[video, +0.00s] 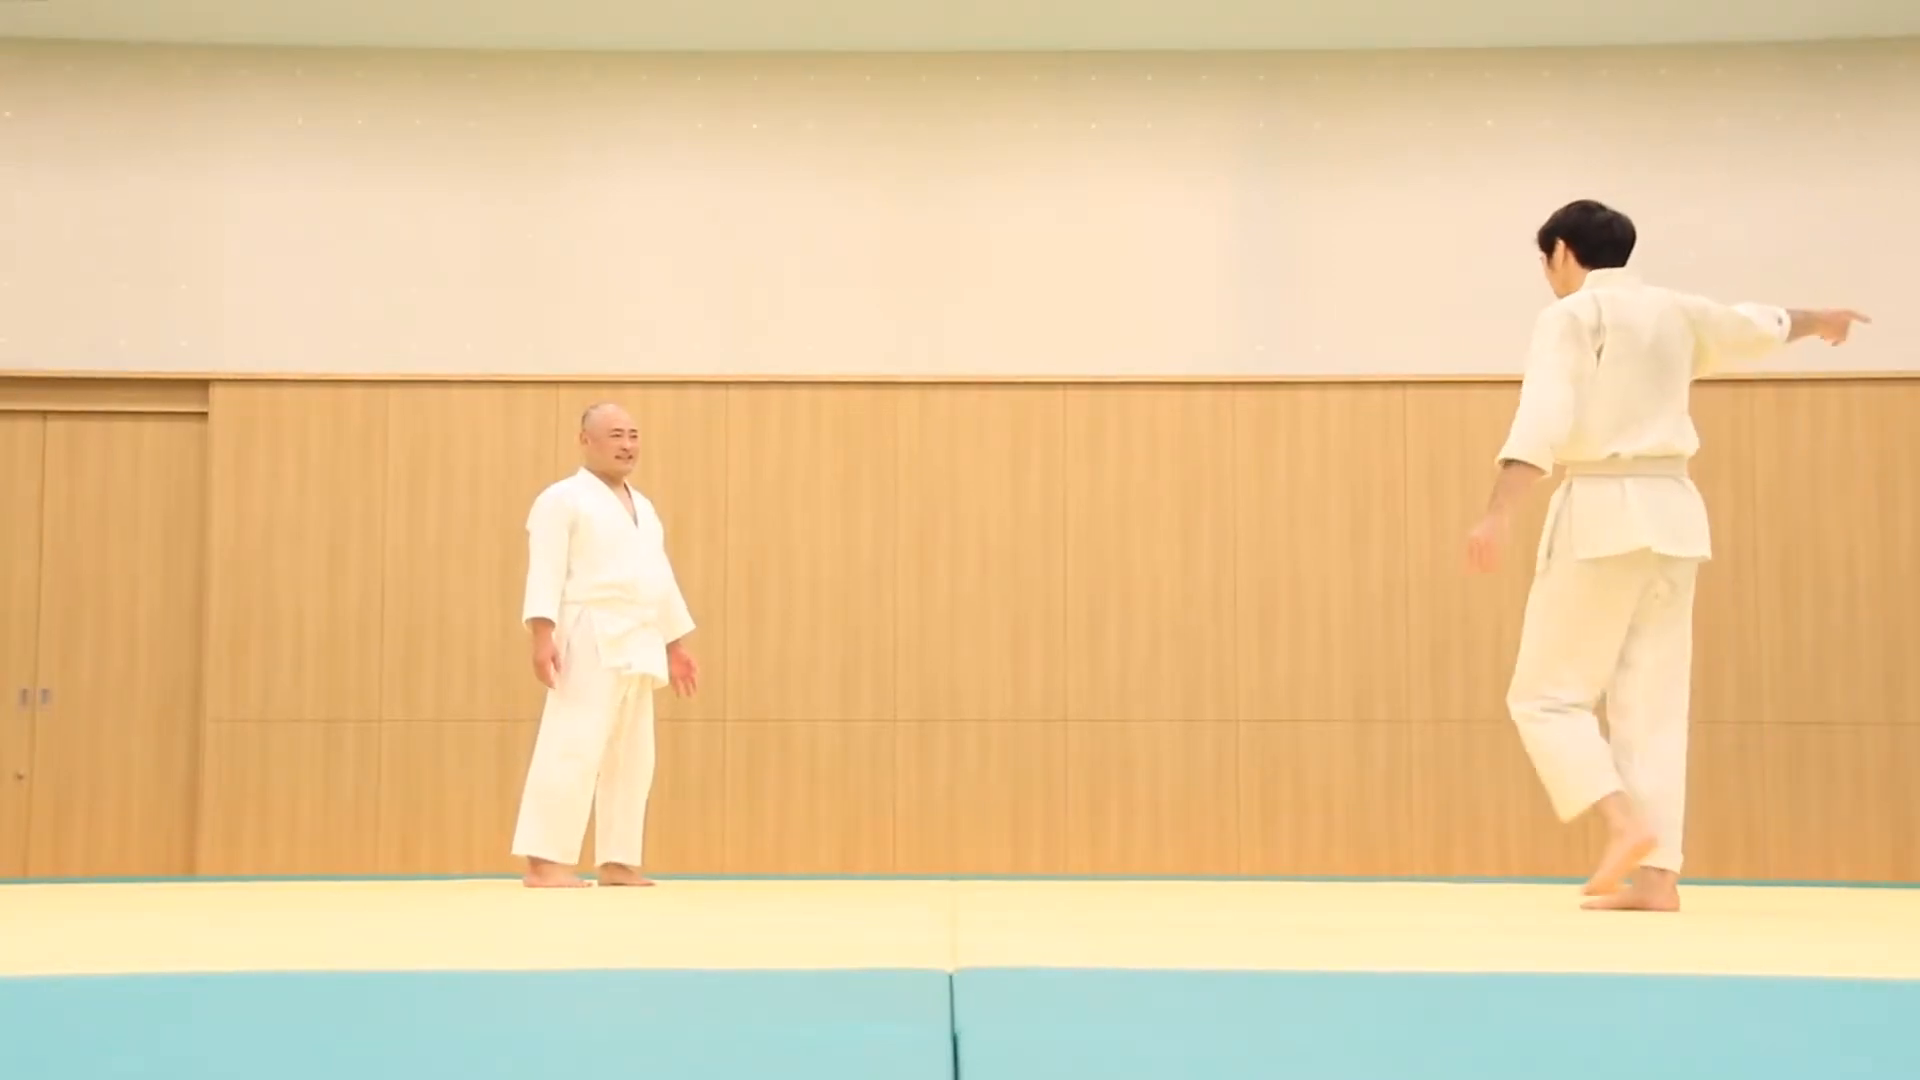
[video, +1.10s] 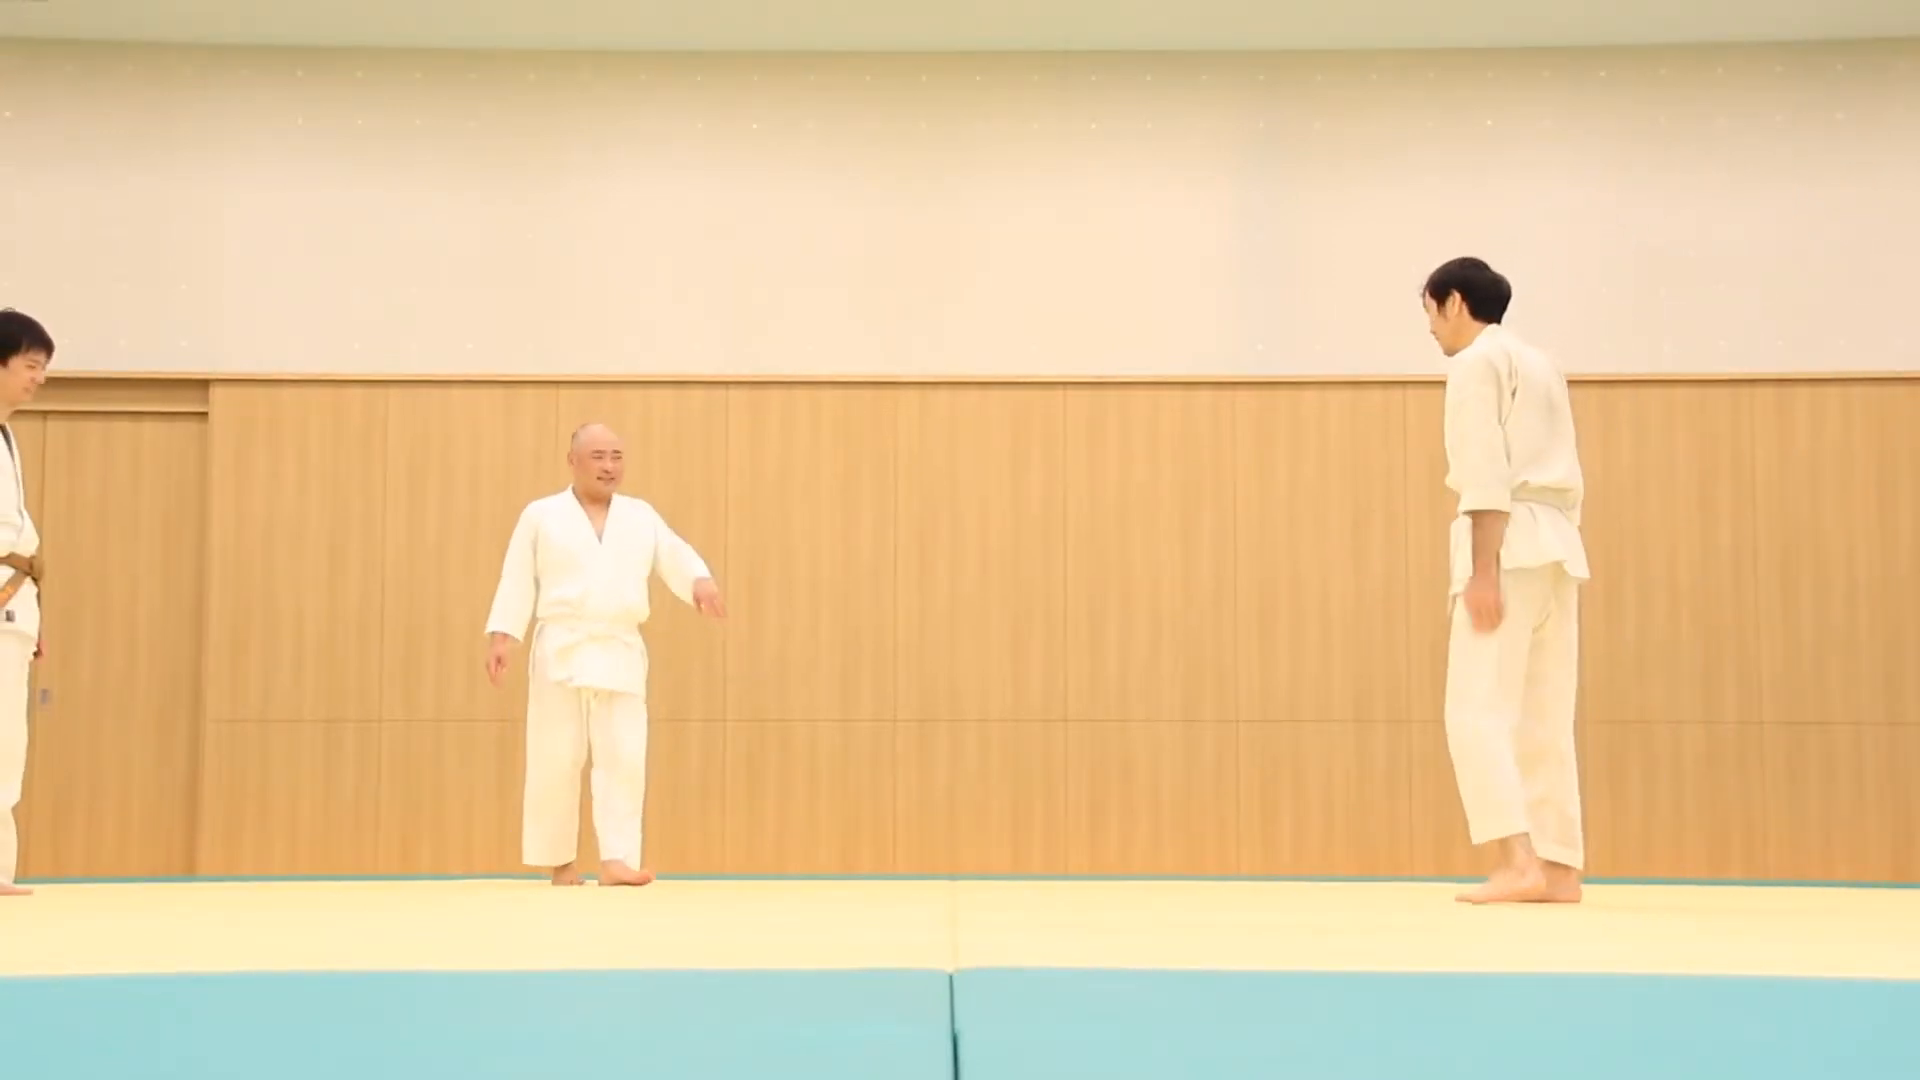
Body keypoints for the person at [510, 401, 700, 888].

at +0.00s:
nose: (627, 443)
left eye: (633, 435)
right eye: (615, 435)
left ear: (639, 443)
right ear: (585, 442)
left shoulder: (642, 507)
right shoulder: (561, 500)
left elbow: (659, 580)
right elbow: (545, 571)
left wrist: (674, 643)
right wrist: (542, 634)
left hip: (639, 648)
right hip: (586, 644)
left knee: (630, 755)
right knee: (570, 750)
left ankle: (618, 862)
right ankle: (545, 862)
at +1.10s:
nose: (609, 465)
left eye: (616, 456)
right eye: (598, 456)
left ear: (624, 463)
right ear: (573, 462)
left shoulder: (640, 516)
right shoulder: (541, 515)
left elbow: (675, 554)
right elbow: (517, 579)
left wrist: (701, 583)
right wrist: (501, 635)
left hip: (621, 650)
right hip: (559, 649)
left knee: (623, 756)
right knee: (559, 757)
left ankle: (616, 861)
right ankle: (562, 864)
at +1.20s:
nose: (603, 470)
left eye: (611, 462)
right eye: (592, 462)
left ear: (619, 468)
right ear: (567, 467)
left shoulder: (635, 514)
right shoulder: (536, 519)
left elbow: (679, 541)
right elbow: (513, 582)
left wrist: (671, 552)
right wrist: (498, 638)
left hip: (615, 650)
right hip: (555, 650)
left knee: (621, 756)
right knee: (557, 758)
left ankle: (615, 861)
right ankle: (561, 866)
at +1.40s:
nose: (597, 471)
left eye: (605, 462)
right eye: (586, 462)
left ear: (615, 467)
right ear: (563, 465)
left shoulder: (625, 511)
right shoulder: (532, 515)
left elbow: (657, 518)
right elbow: (507, 582)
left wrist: (612, 503)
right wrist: (490, 646)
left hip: (613, 647)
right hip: (553, 647)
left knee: (620, 754)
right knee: (555, 755)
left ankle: (610, 859)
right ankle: (562, 862)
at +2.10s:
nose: (601, 475)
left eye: (610, 466)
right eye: (590, 466)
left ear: (619, 470)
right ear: (568, 471)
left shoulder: (634, 512)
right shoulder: (541, 521)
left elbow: (683, 540)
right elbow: (522, 584)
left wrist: (650, 525)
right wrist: (512, 636)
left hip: (622, 651)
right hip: (565, 651)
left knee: (619, 758)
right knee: (562, 755)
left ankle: (610, 862)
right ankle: (564, 863)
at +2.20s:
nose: (599, 475)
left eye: (607, 465)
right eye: (587, 466)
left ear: (618, 468)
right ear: (568, 471)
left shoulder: (640, 515)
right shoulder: (542, 522)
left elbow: (689, 548)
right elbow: (522, 582)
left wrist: (673, 556)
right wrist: (512, 632)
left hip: (622, 651)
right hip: (564, 650)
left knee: (621, 759)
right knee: (561, 756)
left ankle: (612, 862)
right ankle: (564, 862)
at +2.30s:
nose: (598, 474)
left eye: (606, 464)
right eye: (586, 466)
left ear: (618, 467)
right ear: (569, 472)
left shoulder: (643, 519)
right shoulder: (546, 521)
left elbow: (674, 558)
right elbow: (524, 583)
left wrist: (698, 590)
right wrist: (511, 634)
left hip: (619, 652)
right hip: (559, 651)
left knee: (619, 760)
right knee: (555, 755)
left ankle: (612, 863)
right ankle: (562, 861)